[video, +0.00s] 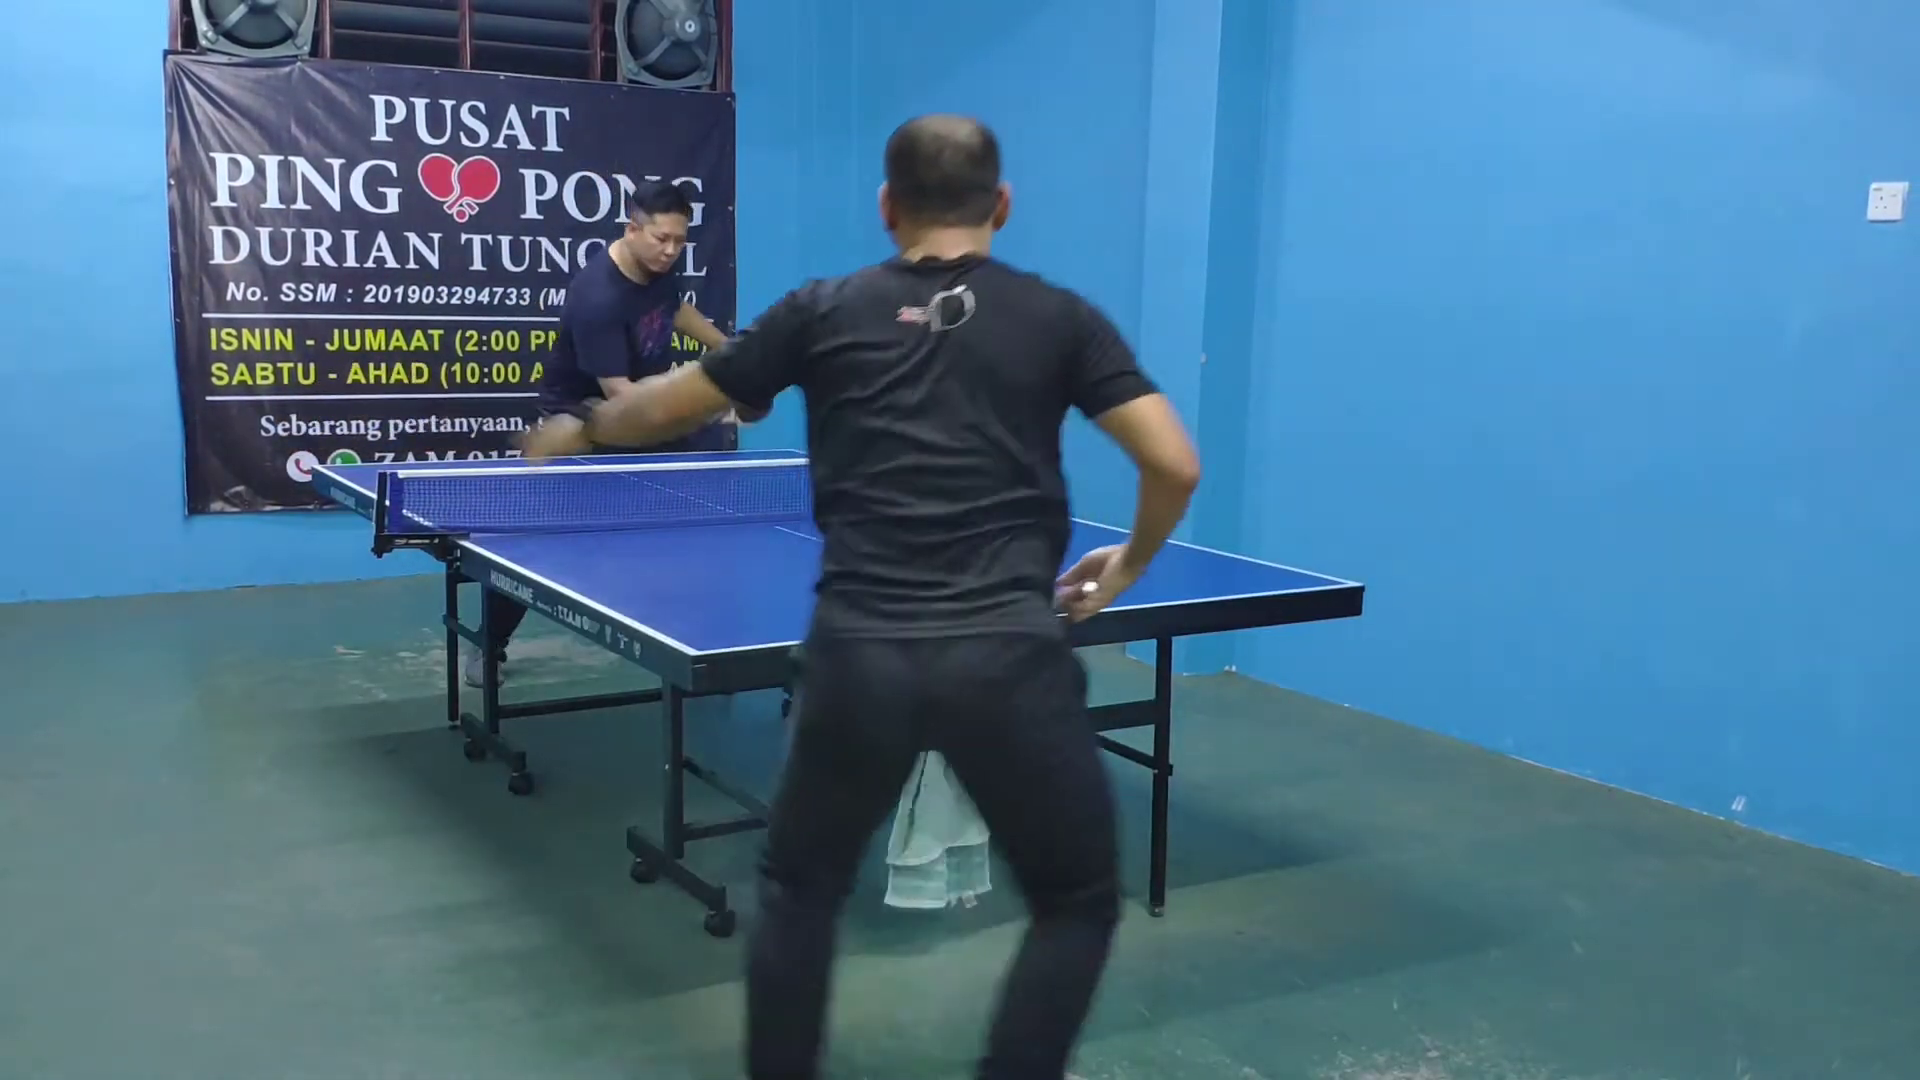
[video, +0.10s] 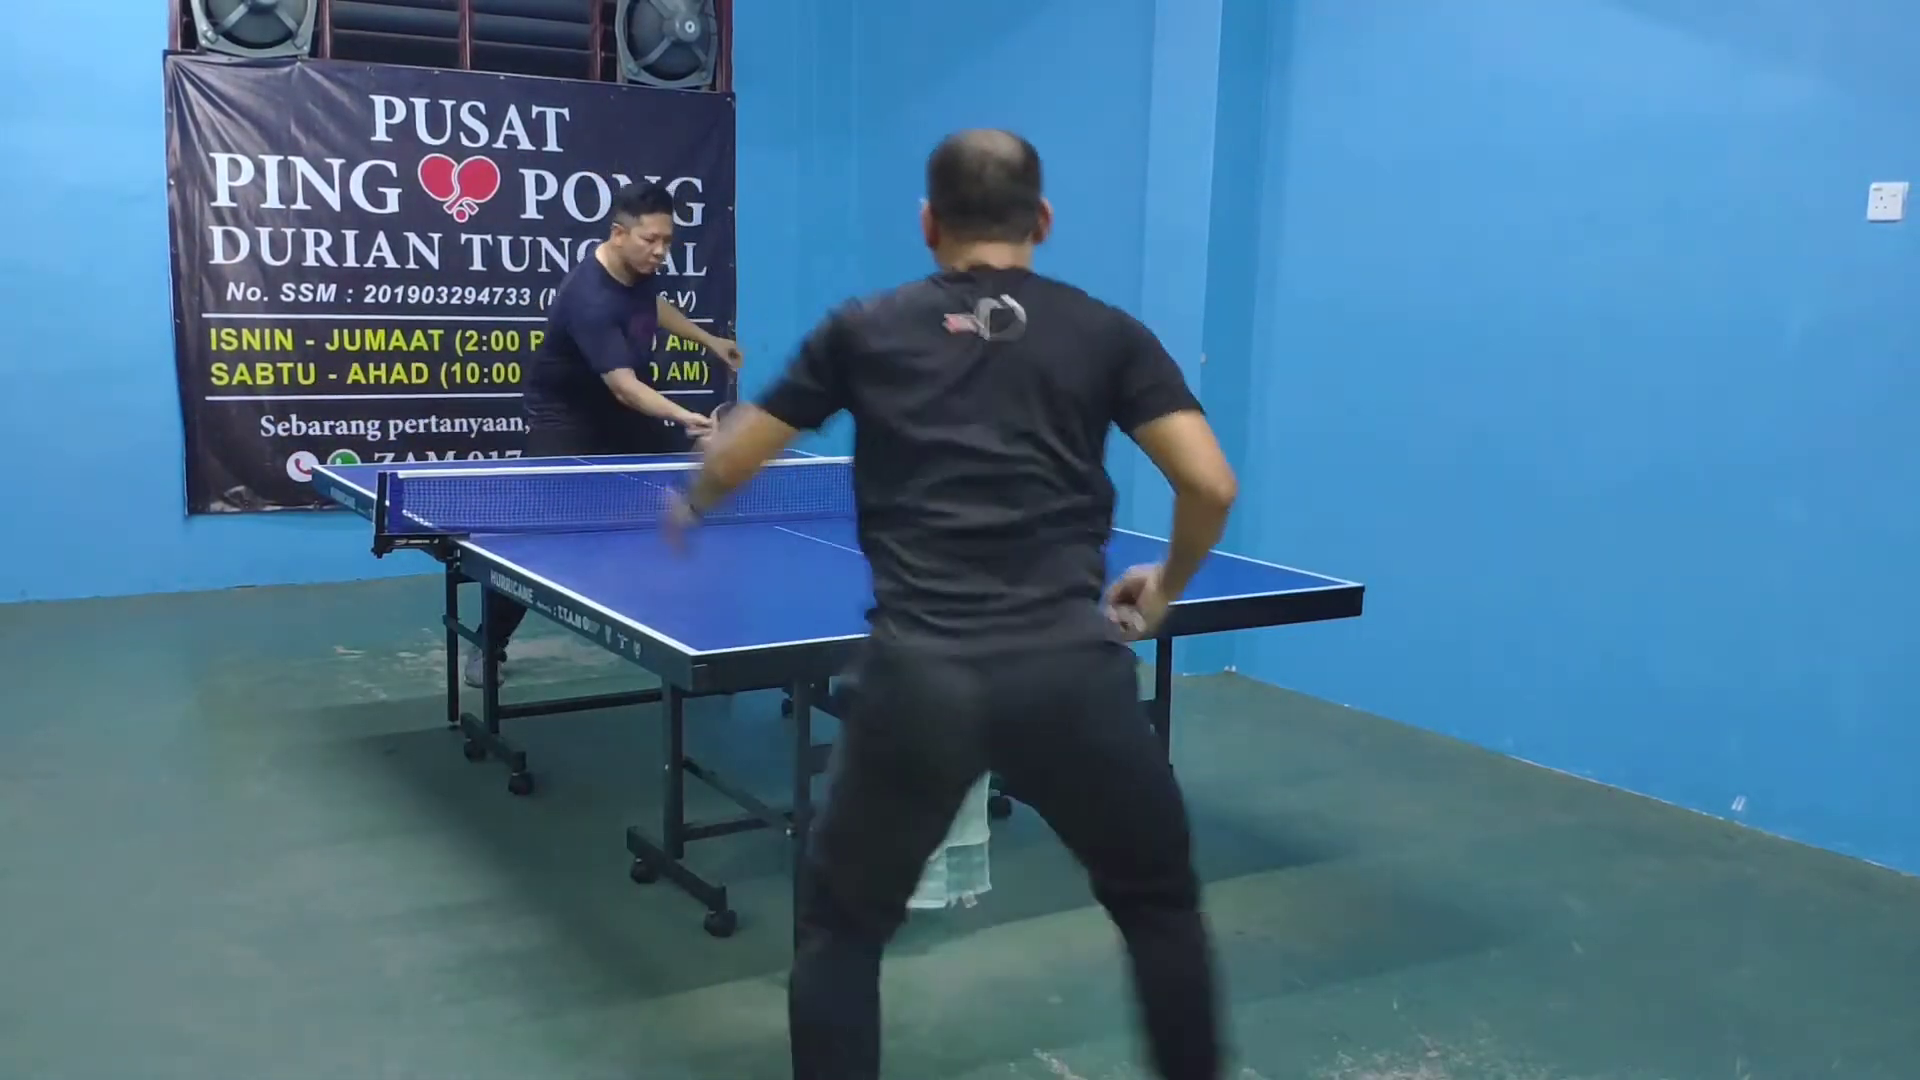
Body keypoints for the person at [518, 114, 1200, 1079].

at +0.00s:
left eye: (887, 195)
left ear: (887, 206)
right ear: (1000, 205)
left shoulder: (821, 312)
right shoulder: (1058, 317)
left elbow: (654, 412)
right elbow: (1174, 467)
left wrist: (614, 411)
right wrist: (1126, 563)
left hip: (860, 669)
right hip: (1009, 670)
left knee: (799, 892)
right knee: (1075, 904)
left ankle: (779, 1068)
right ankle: (1015, 1074)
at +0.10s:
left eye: (926, 213)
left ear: (929, 224)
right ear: (1041, 222)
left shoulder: (864, 330)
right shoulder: (1101, 331)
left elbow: (729, 461)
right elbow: (1209, 486)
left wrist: (692, 502)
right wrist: (1166, 584)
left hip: (921, 689)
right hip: (1073, 685)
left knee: (840, 928)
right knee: (1160, 907)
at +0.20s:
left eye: (970, 294)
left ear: (976, 305)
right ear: (1086, 301)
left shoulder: (921, 413)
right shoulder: (1149, 409)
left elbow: (808, 567)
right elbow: (1250, 573)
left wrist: (829, 640)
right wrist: (1207, 658)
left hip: (981, 760)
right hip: (1132, 754)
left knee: (847, 966)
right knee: (1241, 954)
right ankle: (1331, 1070)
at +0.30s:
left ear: (1054, 371)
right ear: (1164, 370)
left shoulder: (992, 489)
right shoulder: (1216, 477)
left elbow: (924, 665)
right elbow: (1291, 662)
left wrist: (1003, 709)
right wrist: (1309, 770)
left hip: (1015, 823)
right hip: (1178, 819)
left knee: (889, 981)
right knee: (1285, 969)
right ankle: (1351, 1073)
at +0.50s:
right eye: (1344, 428)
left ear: (1221, 421)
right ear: (1334, 439)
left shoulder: (1175, 504)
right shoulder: (1300, 523)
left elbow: (1175, 640)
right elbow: (1224, 613)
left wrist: (1305, 693)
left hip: (1054, 827)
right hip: (1203, 830)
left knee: (936, 1003)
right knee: (1357, 927)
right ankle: (1398, 1066)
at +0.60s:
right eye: (1381, 450)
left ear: (1257, 431)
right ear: (1374, 454)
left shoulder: (1210, 510)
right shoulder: (1322, 532)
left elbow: (1111, 621)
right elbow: (1222, 614)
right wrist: (1203, 803)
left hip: (1068, 834)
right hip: (1206, 840)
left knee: (964, 1013)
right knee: (1372, 915)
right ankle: (1407, 1066)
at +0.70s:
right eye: (1361, 429)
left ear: (1243, 417)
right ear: (1356, 437)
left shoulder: (1137, 506)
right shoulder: (1338, 562)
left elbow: (982, 596)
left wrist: (962, 726)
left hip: (1074, 862)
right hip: (1227, 870)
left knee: (967, 1000)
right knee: (1378, 930)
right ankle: (1394, 1069)